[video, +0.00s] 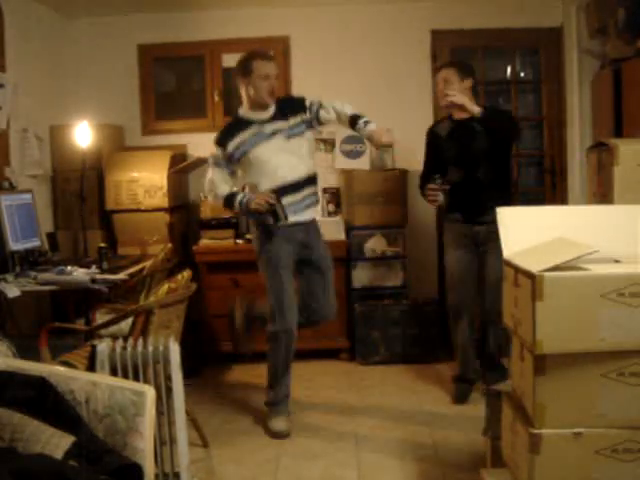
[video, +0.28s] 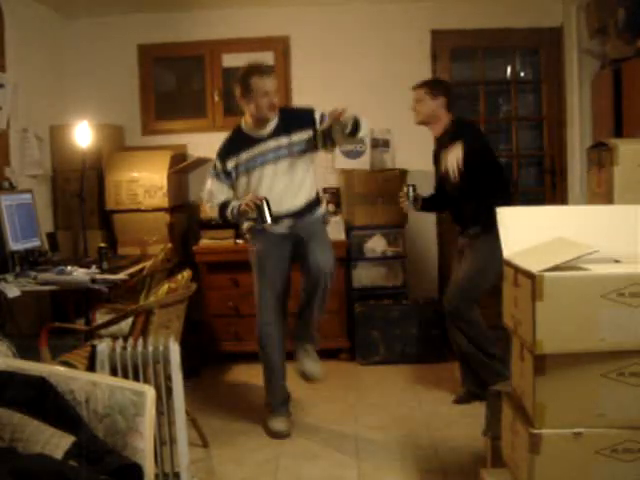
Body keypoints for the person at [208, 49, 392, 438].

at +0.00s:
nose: (272, 86)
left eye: (274, 79)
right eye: (264, 79)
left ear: (277, 80)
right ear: (243, 83)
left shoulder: (296, 109)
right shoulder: (231, 137)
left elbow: (335, 113)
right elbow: (217, 187)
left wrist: (368, 130)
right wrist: (245, 199)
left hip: (308, 226)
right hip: (274, 233)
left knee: (320, 310)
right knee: (285, 321)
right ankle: (278, 405)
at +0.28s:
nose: (273, 101)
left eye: (275, 93)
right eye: (264, 96)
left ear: (279, 92)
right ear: (244, 99)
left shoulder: (301, 121)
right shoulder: (231, 149)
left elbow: (346, 136)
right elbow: (213, 198)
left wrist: (345, 124)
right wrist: (239, 207)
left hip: (309, 218)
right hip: (267, 229)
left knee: (322, 267)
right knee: (269, 315)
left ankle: (305, 341)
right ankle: (277, 405)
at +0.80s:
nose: (294, 83)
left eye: (297, 75)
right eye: (286, 78)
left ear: (301, 75)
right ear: (267, 83)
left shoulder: (325, 105)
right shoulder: (262, 135)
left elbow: (361, 122)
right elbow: (246, 175)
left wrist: (379, 110)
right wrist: (252, 194)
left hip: (343, 193)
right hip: (298, 213)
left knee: (317, 201)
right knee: (310, 302)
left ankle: (298, 278)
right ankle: (313, 394)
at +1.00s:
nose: (314, 112)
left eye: (317, 104)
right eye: (305, 106)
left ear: (321, 100)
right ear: (287, 106)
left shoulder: (336, 122)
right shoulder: (277, 148)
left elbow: (370, 116)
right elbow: (257, 186)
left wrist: (413, 101)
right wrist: (267, 201)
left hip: (352, 212)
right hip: (312, 227)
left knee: (326, 220)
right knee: (326, 300)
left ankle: (318, 294)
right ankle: (348, 391)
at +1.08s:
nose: (320, 124)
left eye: (323, 117)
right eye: (312, 120)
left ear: (328, 110)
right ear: (295, 118)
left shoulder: (345, 133)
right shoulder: (283, 159)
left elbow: (378, 132)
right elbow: (266, 196)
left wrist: (410, 119)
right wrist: (271, 211)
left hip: (354, 222)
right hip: (312, 236)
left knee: (337, 255)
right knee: (322, 312)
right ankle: (345, 396)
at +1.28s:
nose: (344, 70)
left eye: (348, 64)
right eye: (337, 63)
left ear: (351, 64)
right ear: (315, 62)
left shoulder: (369, 106)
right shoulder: (292, 115)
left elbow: (399, 139)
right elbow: (277, 160)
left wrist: (402, 173)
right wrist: (295, 190)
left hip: (358, 216)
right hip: (314, 222)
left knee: (363, 306)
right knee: (326, 310)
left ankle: (367, 397)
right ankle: (343, 395)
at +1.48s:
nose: (376, 89)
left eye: (378, 82)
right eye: (371, 81)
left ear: (367, 81)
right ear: (346, 76)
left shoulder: (373, 126)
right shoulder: (305, 122)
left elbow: (378, 179)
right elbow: (281, 173)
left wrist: (394, 207)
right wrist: (311, 193)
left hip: (369, 234)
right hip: (327, 236)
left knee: (374, 323)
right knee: (347, 321)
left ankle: (354, 397)